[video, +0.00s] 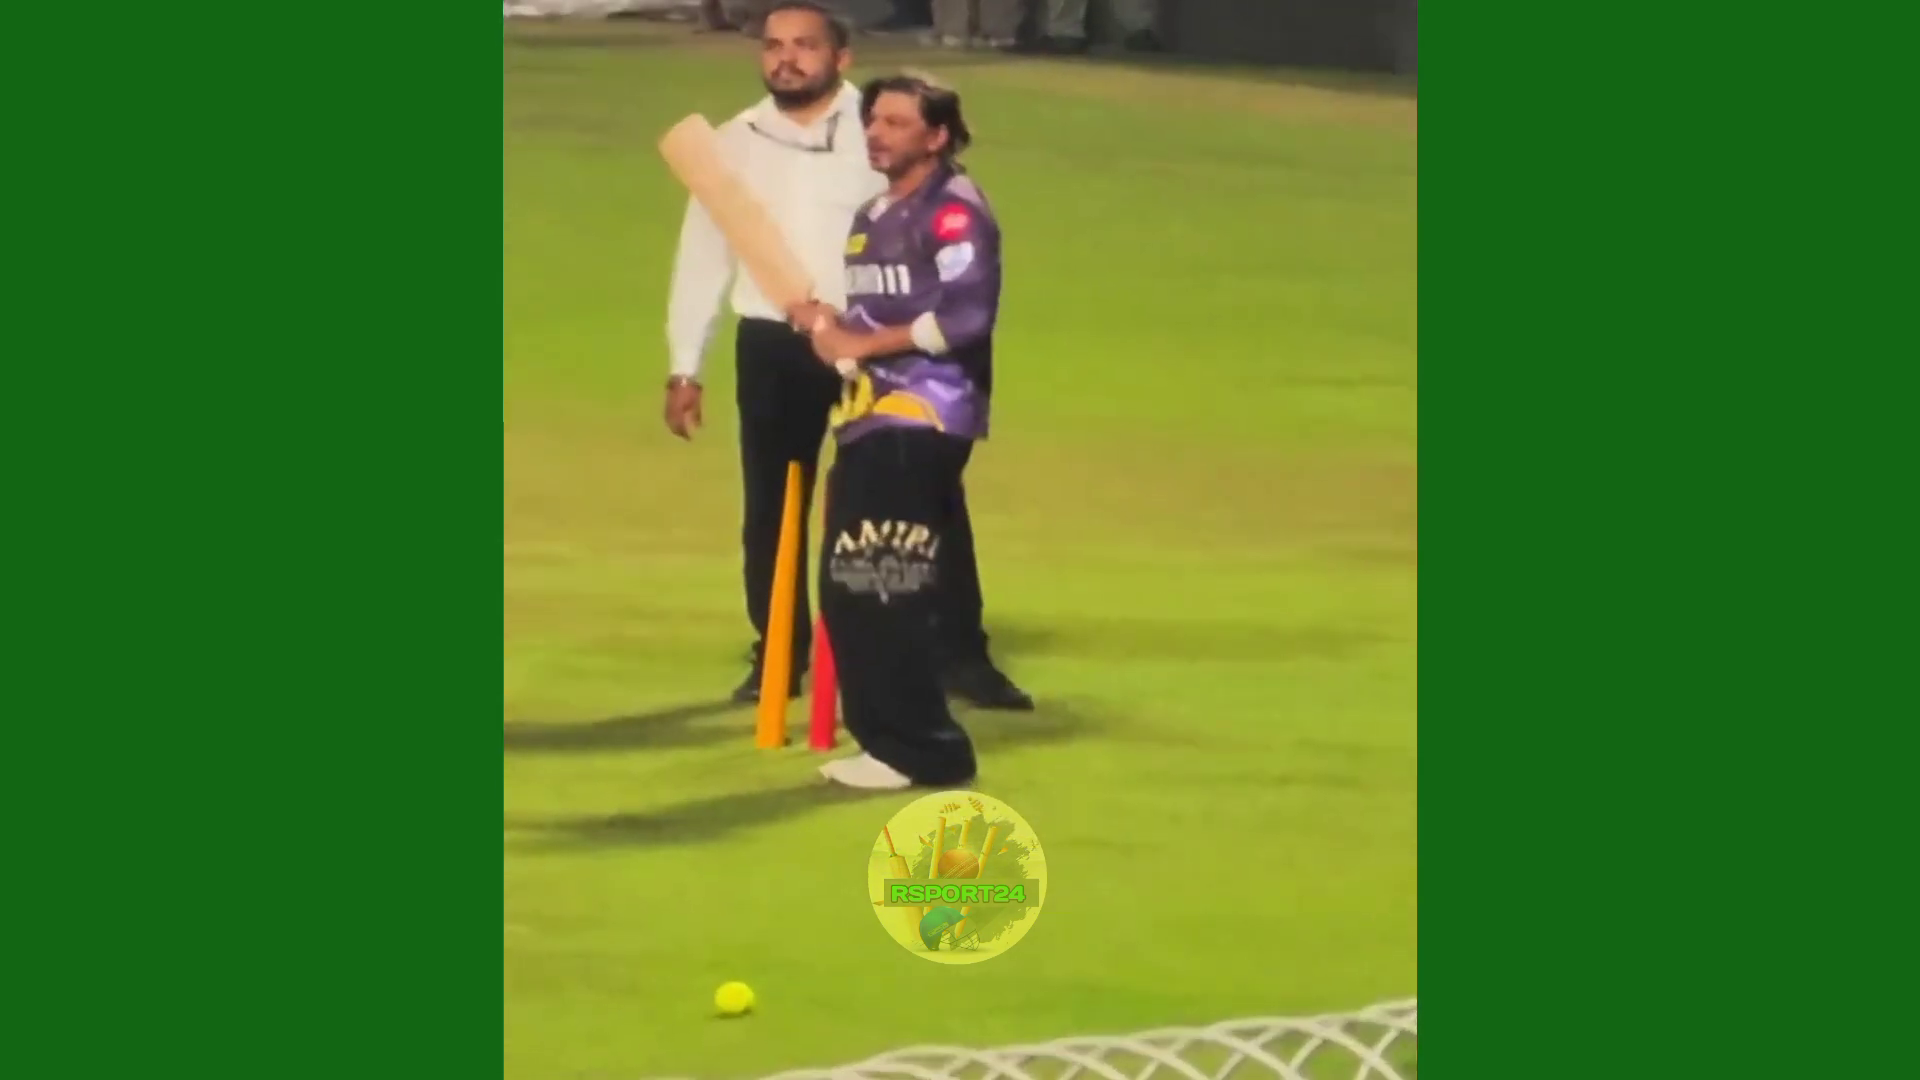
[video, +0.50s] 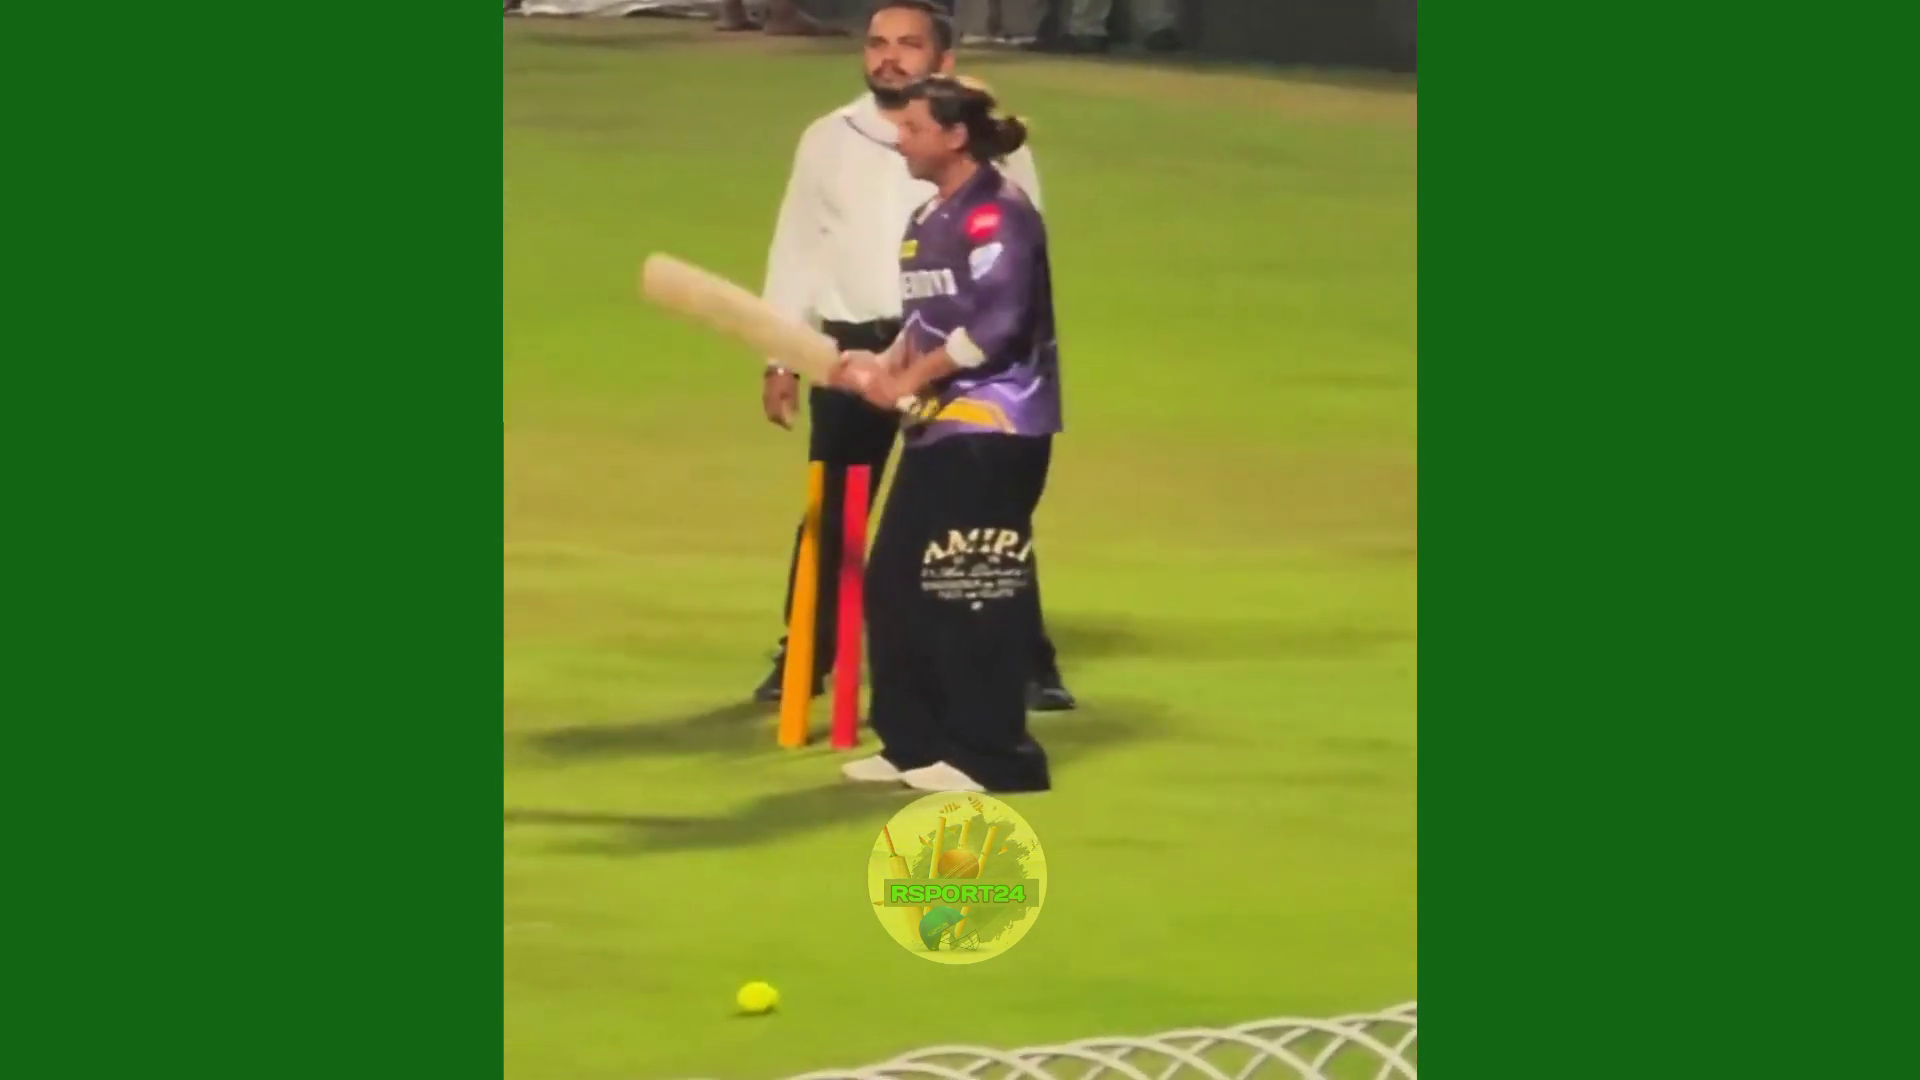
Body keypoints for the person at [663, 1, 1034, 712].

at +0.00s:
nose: (785, 58)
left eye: (802, 45)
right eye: (774, 46)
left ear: (839, 56)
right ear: (761, 56)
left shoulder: (880, 133)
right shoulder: (736, 143)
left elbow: (944, 236)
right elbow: (702, 257)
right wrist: (685, 368)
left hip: (874, 345)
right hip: (775, 345)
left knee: (932, 506)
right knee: (772, 510)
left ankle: (962, 656)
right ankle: (778, 656)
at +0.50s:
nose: (888, 58)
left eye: (906, 44)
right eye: (877, 44)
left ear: (943, 57)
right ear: (862, 53)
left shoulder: (987, 137)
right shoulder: (827, 139)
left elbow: (1023, 249)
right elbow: (794, 249)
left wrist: (996, 345)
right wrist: (784, 359)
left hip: (955, 346)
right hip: (850, 343)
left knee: (994, 518)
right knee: (834, 522)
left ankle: (1031, 665)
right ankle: (802, 664)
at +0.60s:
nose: (904, 62)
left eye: (923, 50)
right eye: (894, 47)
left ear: (957, 63)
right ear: (878, 55)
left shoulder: (1001, 142)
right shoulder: (840, 141)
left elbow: (1033, 251)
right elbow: (806, 251)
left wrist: (1002, 352)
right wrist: (799, 355)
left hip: (968, 350)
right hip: (866, 348)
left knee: (1001, 525)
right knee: (841, 527)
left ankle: (1040, 669)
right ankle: (807, 671)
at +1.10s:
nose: (882, 64)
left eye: (900, 52)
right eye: (871, 50)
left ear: (933, 64)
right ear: (855, 58)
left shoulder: (958, 142)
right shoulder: (813, 139)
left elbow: (1003, 255)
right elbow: (749, 226)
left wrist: (977, 360)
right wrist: (751, 328)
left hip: (935, 352)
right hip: (833, 353)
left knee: (976, 519)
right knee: (811, 516)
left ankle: (1018, 671)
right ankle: (791, 665)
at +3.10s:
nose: (802, 167)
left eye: (819, 154)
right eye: (785, 154)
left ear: (845, 163)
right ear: (764, 164)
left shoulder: (887, 239)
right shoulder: (728, 246)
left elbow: (949, 329)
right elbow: (665, 320)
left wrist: (929, 435)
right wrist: (692, 414)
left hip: (869, 454)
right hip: (762, 455)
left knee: (904, 615)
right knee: (738, 620)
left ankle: (926, 773)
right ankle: (717, 769)